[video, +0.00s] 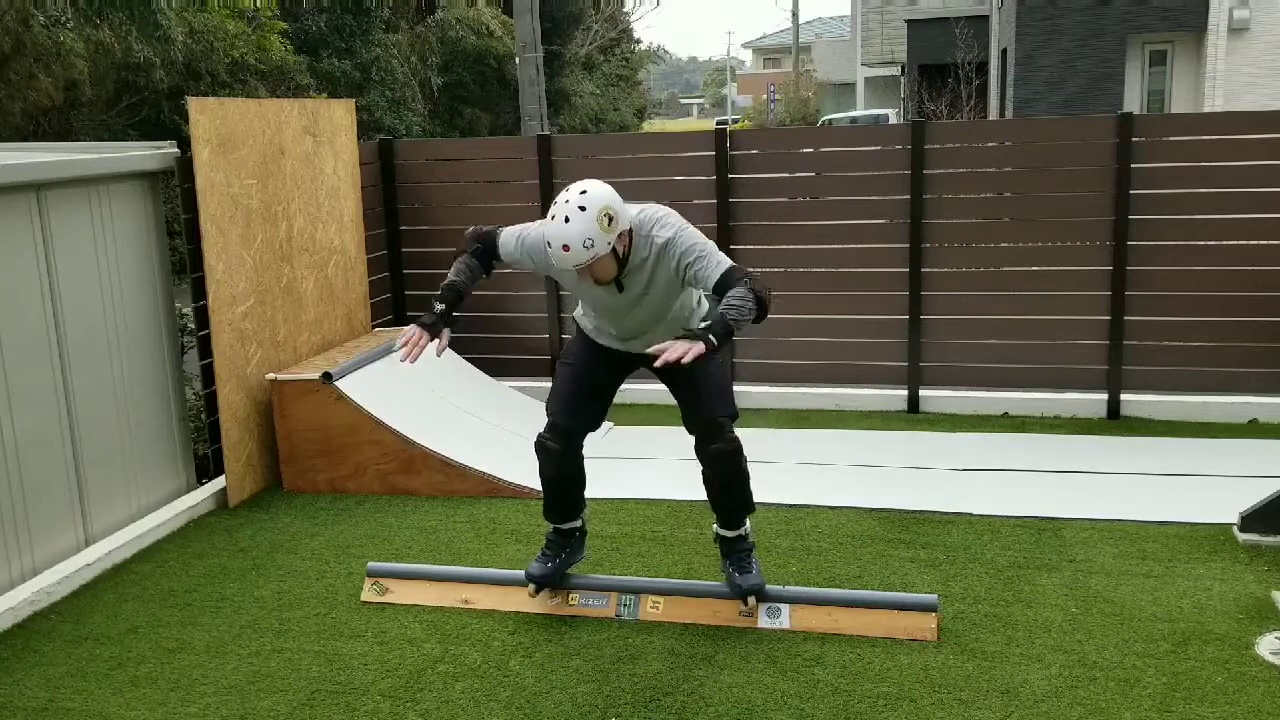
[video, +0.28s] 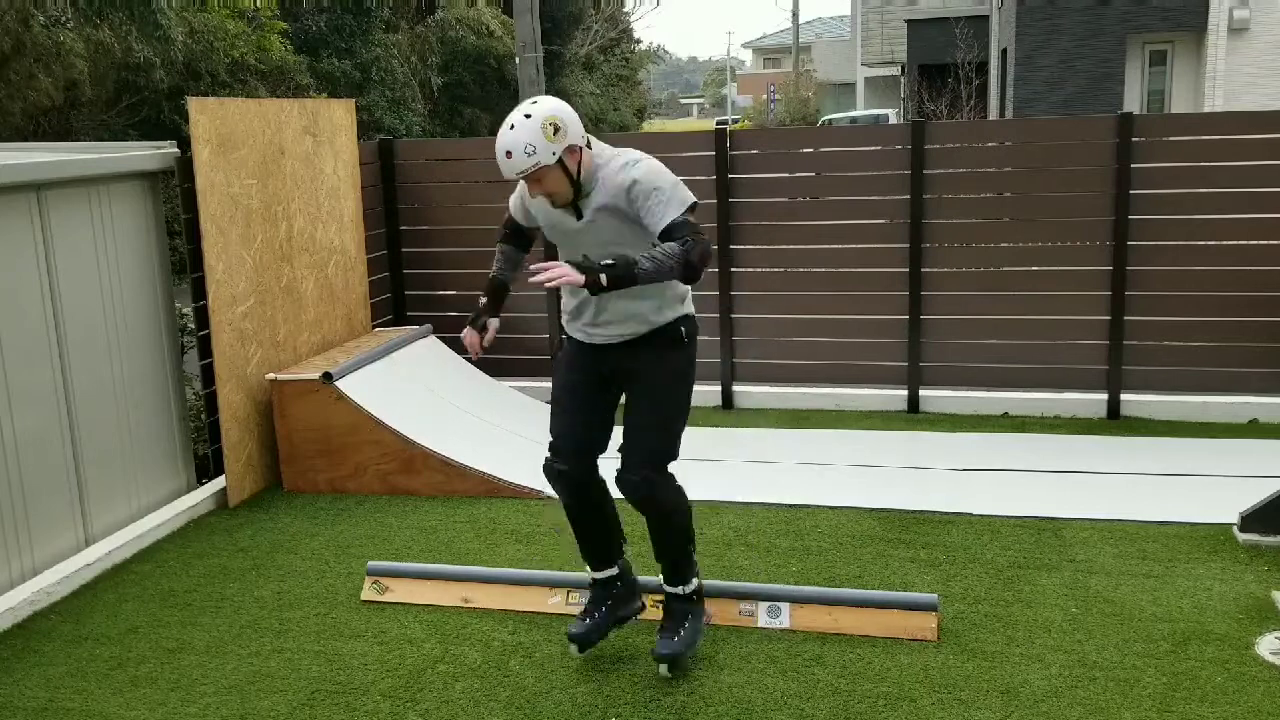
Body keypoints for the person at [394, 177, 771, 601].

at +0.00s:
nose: (585, 276)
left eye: (592, 264)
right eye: (575, 267)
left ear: (621, 238)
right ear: (559, 247)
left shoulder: (667, 233)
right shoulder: (554, 245)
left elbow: (744, 292)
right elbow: (484, 246)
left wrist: (709, 336)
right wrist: (438, 312)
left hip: (685, 335)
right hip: (602, 332)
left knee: (719, 441)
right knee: (557, 441)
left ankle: (738, 550)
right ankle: (565, 541)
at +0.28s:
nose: (531, 188)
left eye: (536, 174)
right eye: (523, 178)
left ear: (571, 154)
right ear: (524, 168)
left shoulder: (640, 176)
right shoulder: (535, 192)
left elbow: (691, 255)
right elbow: (515, 241)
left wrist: (598, 274)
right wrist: (489, 310)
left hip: (660, 337)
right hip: (586, 342)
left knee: (644, 475)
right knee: (567, 465)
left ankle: (684, 599)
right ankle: (614, 588)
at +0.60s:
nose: (489, 195)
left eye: (489, 182)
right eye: (483, 185)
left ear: (520, 166)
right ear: (523, 167)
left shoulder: (587, 209)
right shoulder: (558, 213)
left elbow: (600, 319)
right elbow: (573, 315)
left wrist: (518, 329)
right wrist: (510, 326)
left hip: (622, 384)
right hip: (583, 385)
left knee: (549, 514)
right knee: (547, 514)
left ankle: (626, 653)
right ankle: (609, 639)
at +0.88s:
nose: (485, 163)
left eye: (481, 149)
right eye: (479, 151)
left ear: (494, 136)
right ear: (539, 127)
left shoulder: (512, 182)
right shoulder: (608, 178)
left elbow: (484, 293)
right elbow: (679, 260)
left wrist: (469, 305)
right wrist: (695, 337)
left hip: (560, 384)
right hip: (617, 368)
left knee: (530, 533)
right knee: (587, 504)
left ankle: (552, 686)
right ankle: (624, 628)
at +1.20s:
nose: (511, 134)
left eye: (503, 125)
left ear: (504, 126)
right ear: (566, 121)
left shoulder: (478, 185)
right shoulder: (611, 180)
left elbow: (446, 292)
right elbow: (655, 286)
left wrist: (474, 344)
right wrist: (679, 367)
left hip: (508, 386)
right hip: (599, 379)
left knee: (522, 540)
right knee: (621, 517)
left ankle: (548, 691)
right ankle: (632, 670)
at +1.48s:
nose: (602, 128)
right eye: (603, 119)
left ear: (541, 123)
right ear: (601, 120)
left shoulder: (498, 186)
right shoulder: (624, 182)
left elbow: (466, 294)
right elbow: (652, 293)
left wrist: (522, 273)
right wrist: (679, 374)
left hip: (519, 383)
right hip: (609, 382)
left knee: (528, 528)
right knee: (632, 534)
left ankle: (536, 683)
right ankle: (620, 690)